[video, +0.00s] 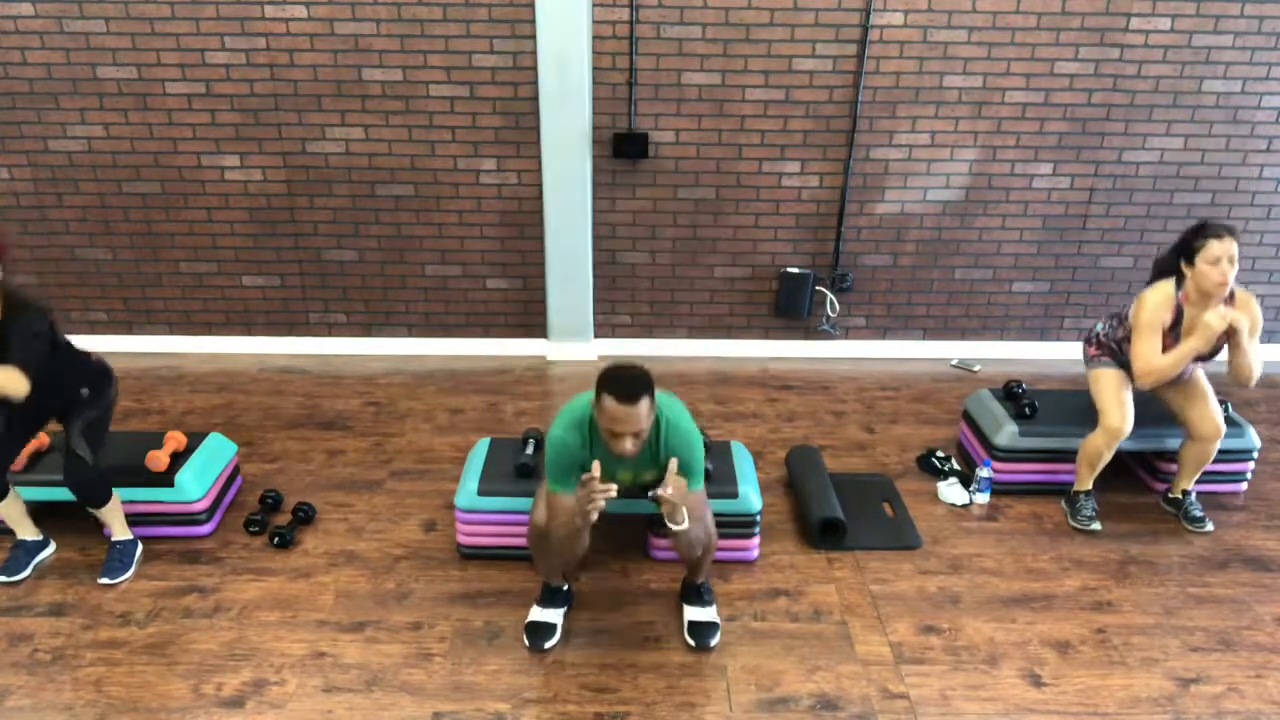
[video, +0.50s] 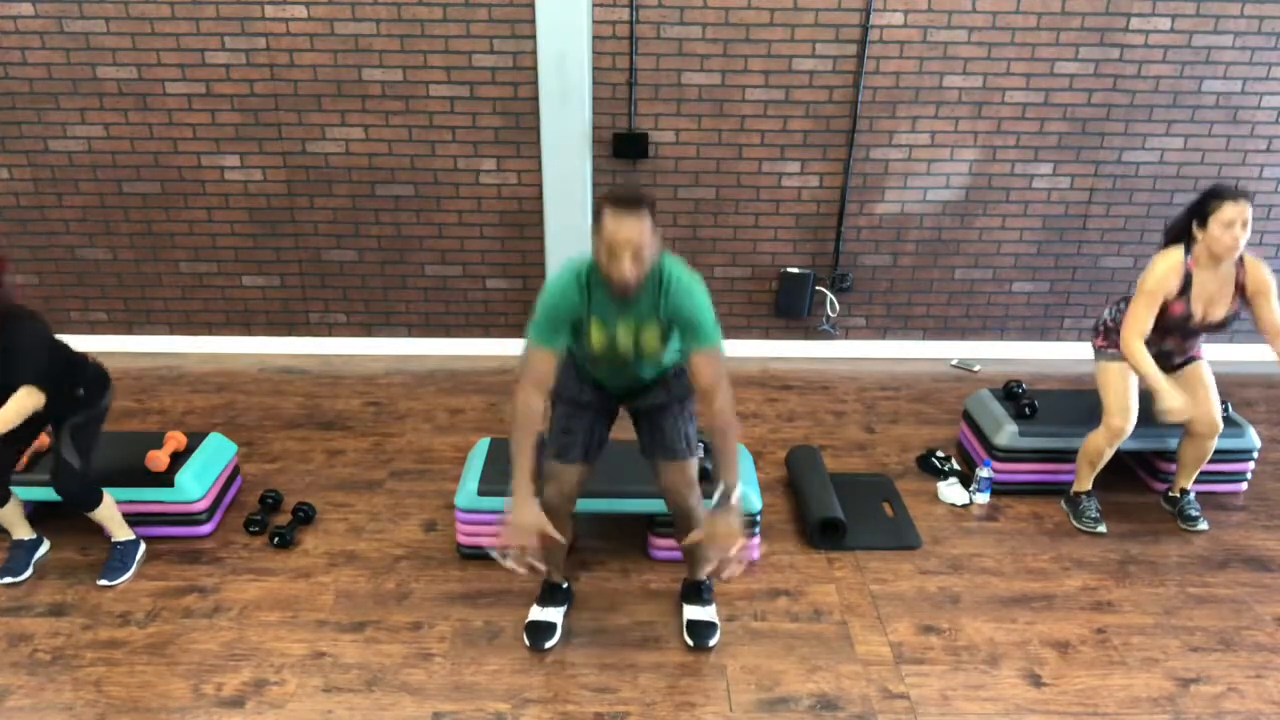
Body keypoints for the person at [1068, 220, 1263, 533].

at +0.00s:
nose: (1226, 272)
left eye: (1232, 261)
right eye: (1214, 262)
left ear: (1238, 265)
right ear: (1187, 267)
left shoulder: (1244, 306)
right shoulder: (1156, 300)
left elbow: (1245, 379)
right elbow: (1145, 376)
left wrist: (1240, 335)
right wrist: (1199, 341)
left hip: (1173, 352)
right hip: (1114, 348)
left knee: (1210, 430)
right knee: (1117, 425)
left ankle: (1180, 493)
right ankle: (1080, 492)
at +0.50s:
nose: (1238, 235)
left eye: (1244, 226)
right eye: (1227, 225)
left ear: (1250, 229)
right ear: (1199, 229)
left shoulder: (1254, 274)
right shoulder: (1168, 265)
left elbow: (1275, 336)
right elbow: (1130, 340)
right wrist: (1163, 389)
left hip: (1180, 346)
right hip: (1125, 338)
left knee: (1208, 425)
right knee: (1119, 424)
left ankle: (1179, 493)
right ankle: (1079, 493)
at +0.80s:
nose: (1245, 170)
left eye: (1251, 162)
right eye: (1235, 161)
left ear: (1256, 166)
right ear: (1205, 165)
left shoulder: (1260, 216)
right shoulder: (1175, 214)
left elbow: (1273, 276)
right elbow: (1110, 266)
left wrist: (1277, 327)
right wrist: (1077, 324)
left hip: (1204, 333)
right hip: (1149, 328)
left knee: (1199, 424)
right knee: (1122, 420)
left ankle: (1181, 493)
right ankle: (1080, 493)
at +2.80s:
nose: (1244, 172)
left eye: (1249, 163)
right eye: (1233, 163)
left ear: (1253, 165)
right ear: (1202, 166)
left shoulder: (1254, 211)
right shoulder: (1170, 213)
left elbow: (1225, 257)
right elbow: (1105, 246)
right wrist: (1058, 284)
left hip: (1206, 338)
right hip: (1154, 333)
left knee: (1186, 425)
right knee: (1120, 419)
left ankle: (1179, 494)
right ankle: (1081, 494)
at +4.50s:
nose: (1248, 198)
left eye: (1254, 188)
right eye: (1238, 187)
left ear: (1260, 189)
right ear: (1208, 187)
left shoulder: (1259, 236)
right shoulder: (1175, 230)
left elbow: (1279, 287)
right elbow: (1130, 300)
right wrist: (1143, 366)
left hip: (1195, 339)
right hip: (1140, 332)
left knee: (1206, 426)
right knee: (1117, 428)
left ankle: (1179, 494)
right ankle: (1080, 494)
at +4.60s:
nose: (1246, 183)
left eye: (1252, 173)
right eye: (1236, 172)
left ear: (1257, 174)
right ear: (1206, 172)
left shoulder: (1258, 222)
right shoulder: (1174, 218)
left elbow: (1278, 278)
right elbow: (1119, 284)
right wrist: (1095, 351)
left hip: (1199, 334)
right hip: (1145, 329)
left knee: (1197, 425)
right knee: (1120, 424)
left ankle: (1179, 495)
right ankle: (1080, 494)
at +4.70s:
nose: (1244, 175)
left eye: (1250, 165)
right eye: (1234, 165)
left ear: (1256, 166)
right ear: (1204, 167)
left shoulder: (1257, 216)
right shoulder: (1173, 215)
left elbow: (1273, 281)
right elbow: (1108, 271)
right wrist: (1068, 328)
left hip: (1204, 337)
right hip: (1152, 333)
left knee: (1191, 424)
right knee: (1122, 422)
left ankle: (1177, 494)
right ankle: (1081, 494)